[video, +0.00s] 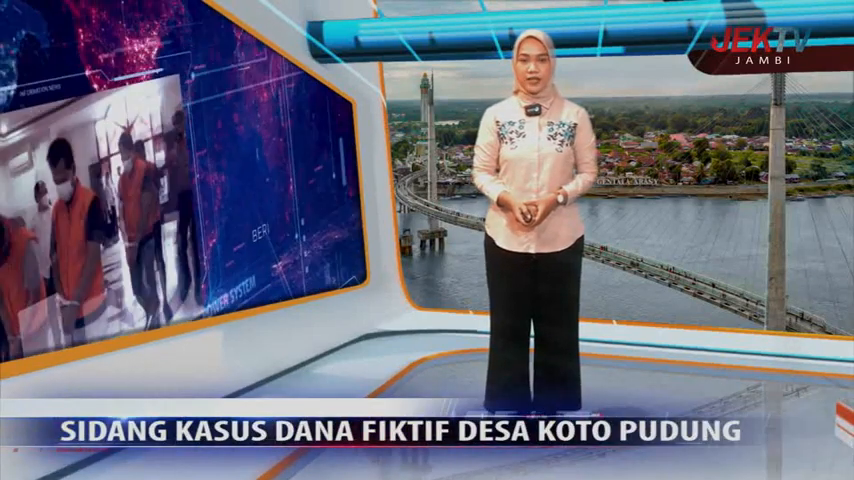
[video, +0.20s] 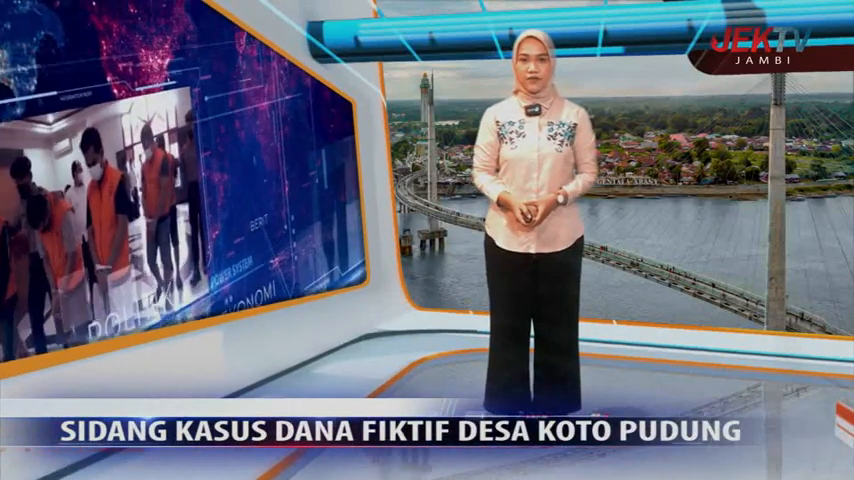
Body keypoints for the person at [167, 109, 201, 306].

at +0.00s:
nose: (179, 124)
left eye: (181, 120)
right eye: (176, 121)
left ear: (187, 122)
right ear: (174, 123)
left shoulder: (194, 140)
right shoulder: (172, 142)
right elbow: (169, 165)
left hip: (195, 190)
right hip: (180, 193)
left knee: (198, 240)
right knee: (181, 242)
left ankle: (201, 285)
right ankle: (184, 283)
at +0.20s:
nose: (192, 126)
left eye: (194, 122)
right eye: (190, 122)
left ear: (198, 123)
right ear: (187, 124)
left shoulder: (205, 142)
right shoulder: (185, 147)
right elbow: (185, 168)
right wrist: (185, 187)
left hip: (205, 182)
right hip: (192, 184)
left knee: (208, 225)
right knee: (194, 228)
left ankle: (212, 266)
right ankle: (196, 268)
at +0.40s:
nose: (198, 134)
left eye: (199, 131)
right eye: (197, 131)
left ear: (203, 131)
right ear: (195, 133)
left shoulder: (208, 147)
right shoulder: (194, 149)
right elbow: (190, 168)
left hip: (207, 183)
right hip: (198, 185)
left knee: (209, 222)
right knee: (201, 223)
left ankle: (213, 254)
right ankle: (203, 256)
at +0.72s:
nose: (205, 138)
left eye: (206, 135)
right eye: (204, 135)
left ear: (209, 135)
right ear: (202, 136)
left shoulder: (211, 148)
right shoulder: (203, 149)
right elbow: (200, 165)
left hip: (212, 177)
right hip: (205, 178)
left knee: (214, 207)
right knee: (207, 208)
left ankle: (217, 232)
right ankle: (208, 234)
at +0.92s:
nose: (207, 145)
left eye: (209, 143)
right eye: (206, 143)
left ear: (212, 143)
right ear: (206, 144)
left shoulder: (215, 154)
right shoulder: (206, 156)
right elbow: (203, 168)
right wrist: (201, 177)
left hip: (216, 176)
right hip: (209, 177)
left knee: (216, 198)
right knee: (206, 200)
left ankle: (219, 215)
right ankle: (210, 216)